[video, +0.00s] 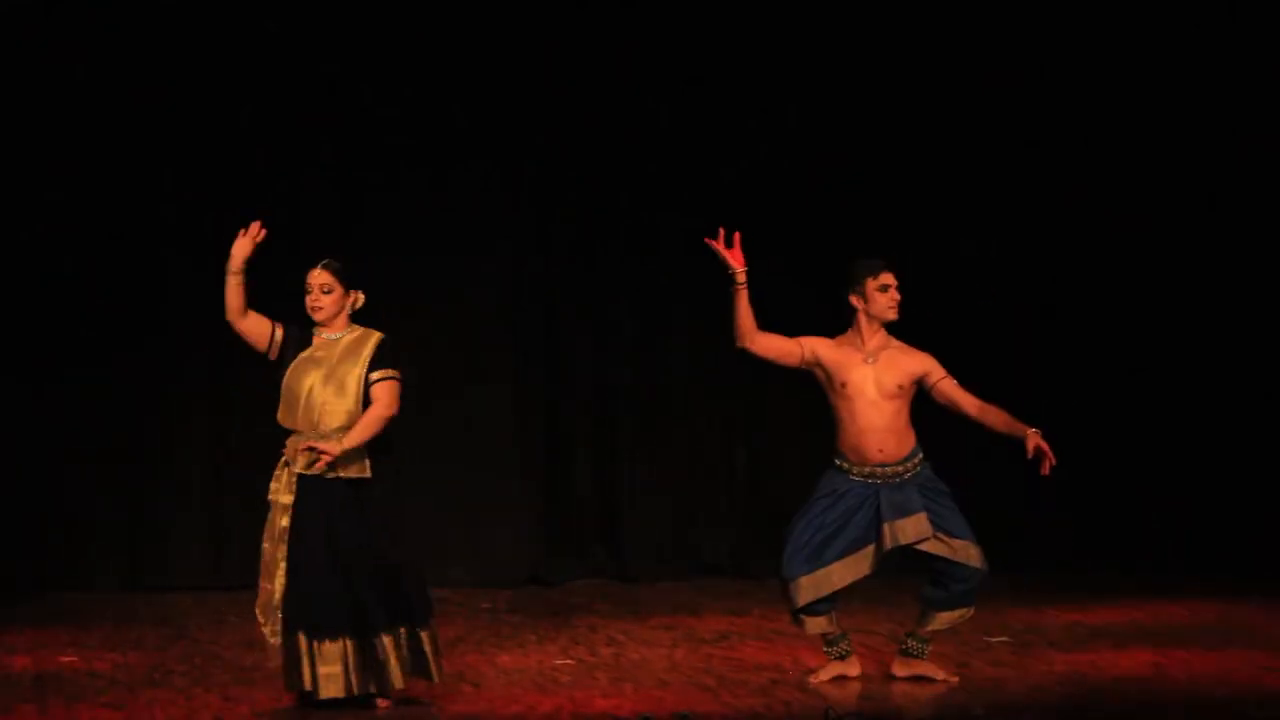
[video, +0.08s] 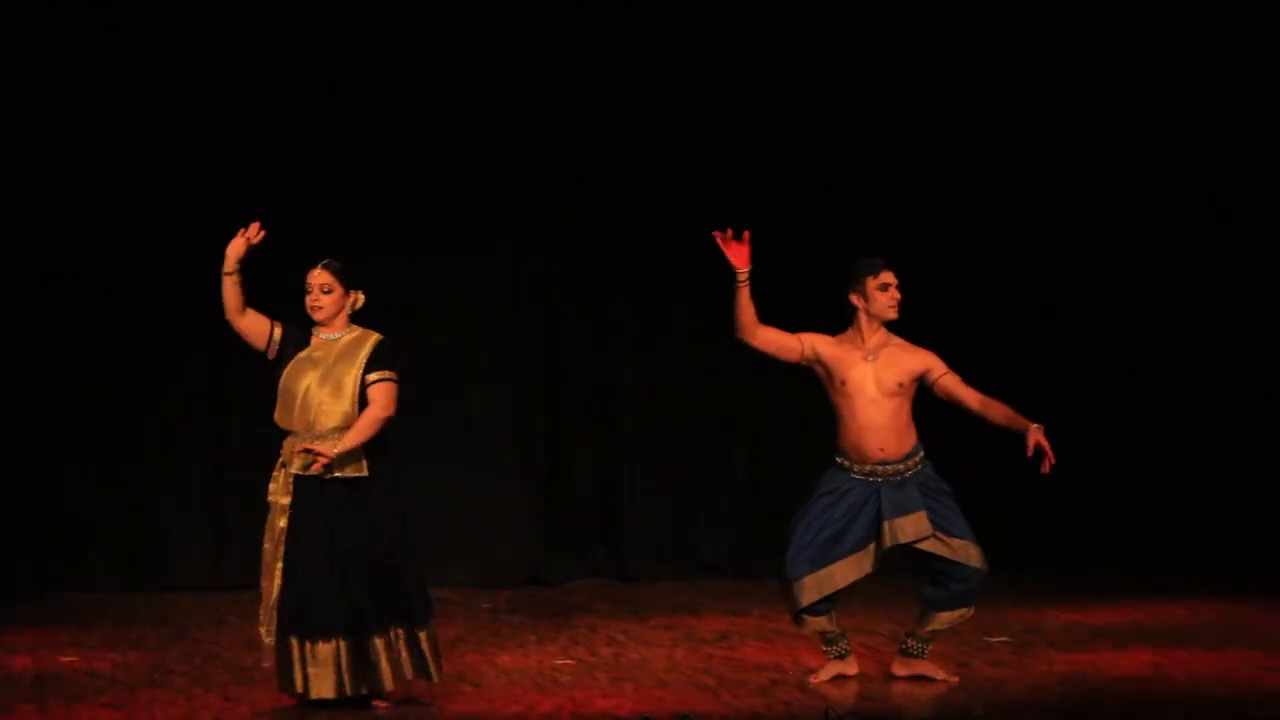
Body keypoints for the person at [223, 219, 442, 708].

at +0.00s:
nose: (314, 298)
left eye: (325, 291)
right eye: (310, 292)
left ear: (350, 297)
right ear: (305, 299)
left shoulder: (372, 345)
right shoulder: (296, 344)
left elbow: (386, 406)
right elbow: (239, 318)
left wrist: (341, 444)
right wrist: (236, 266)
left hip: (347, 481)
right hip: (297, 481)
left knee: (356, 579)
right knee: (301, 580)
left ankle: (373, 683)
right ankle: (311, 683)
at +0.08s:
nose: (314, 298)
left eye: (324, 291)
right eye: (309, 292)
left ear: (351, 298)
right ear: (304, 299)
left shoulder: (371, 346)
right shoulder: (294, 343)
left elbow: (382, 408)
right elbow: (239, 316)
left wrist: (337, 446)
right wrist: (231, 265)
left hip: (348, 481)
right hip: (295, 482)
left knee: (354, 579)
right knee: (300, 581)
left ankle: (364, 682)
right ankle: (310, 682)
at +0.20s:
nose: (318, 295)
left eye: (328, 288)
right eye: (311, 287)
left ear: (347, 296)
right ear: (302, 295)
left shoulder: (365, 344)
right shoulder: (289, 340)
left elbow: (376, 406)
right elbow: (234, 307)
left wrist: (328, 444)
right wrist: (239, 251)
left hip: (347, 478)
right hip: (291, 479)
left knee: (362, 577)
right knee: (295, 579)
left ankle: (380, 683)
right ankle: (306, 683)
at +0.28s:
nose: (336, 292)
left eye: (342, 285)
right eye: (325, 284)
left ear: (348, 295)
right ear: (303, 294)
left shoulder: (358, 343)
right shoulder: (283, 336)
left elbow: (371, 405)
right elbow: (233, 299)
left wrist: (325, 443)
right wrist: (250, 239)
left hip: (343, 475)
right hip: (286, 476)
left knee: (362, 575)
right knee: (291, 578)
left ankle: (379, 681)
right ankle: (301, 682)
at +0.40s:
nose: (336, 293)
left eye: (342, 286)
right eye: (326, 285)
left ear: (346, 297)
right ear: (299, 293)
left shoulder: (353, 343)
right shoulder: (279, 336)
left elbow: (368, 405)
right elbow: (233, 294)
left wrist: (323, 443)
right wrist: (252, 235)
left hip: (335, 474)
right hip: (279, 475)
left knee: (354, 575)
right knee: (285, 578)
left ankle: (367, 681)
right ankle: (297, 684)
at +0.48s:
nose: (335, 294)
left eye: (341, 288)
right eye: (324, 286)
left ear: (345, 298)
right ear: (298, 294)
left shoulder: (351, 344)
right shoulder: (278, 337)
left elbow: (366, 405)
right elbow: (232, 294)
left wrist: (322, 444)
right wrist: (253, 235)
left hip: (334, 475)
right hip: (278, 475)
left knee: (350, 576)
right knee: (284, 578)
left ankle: (361, 683)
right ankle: (296, 683)